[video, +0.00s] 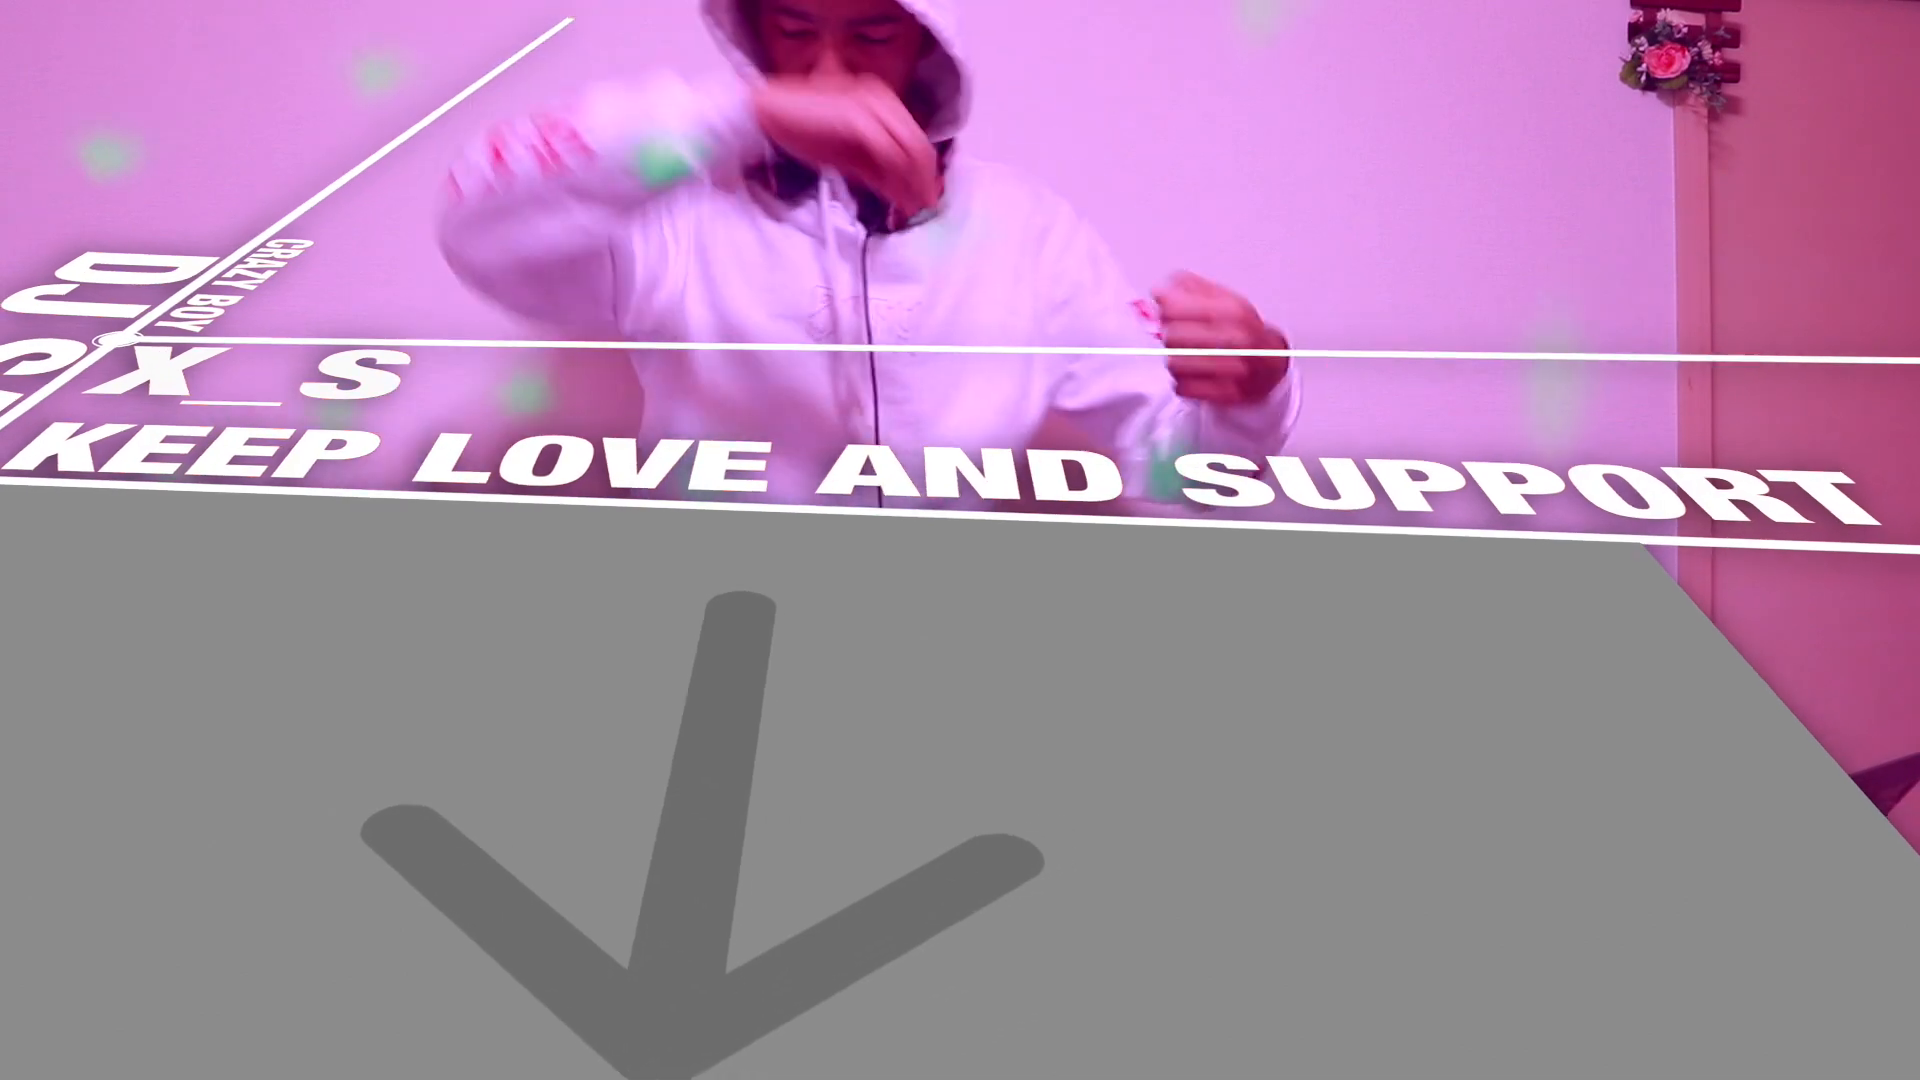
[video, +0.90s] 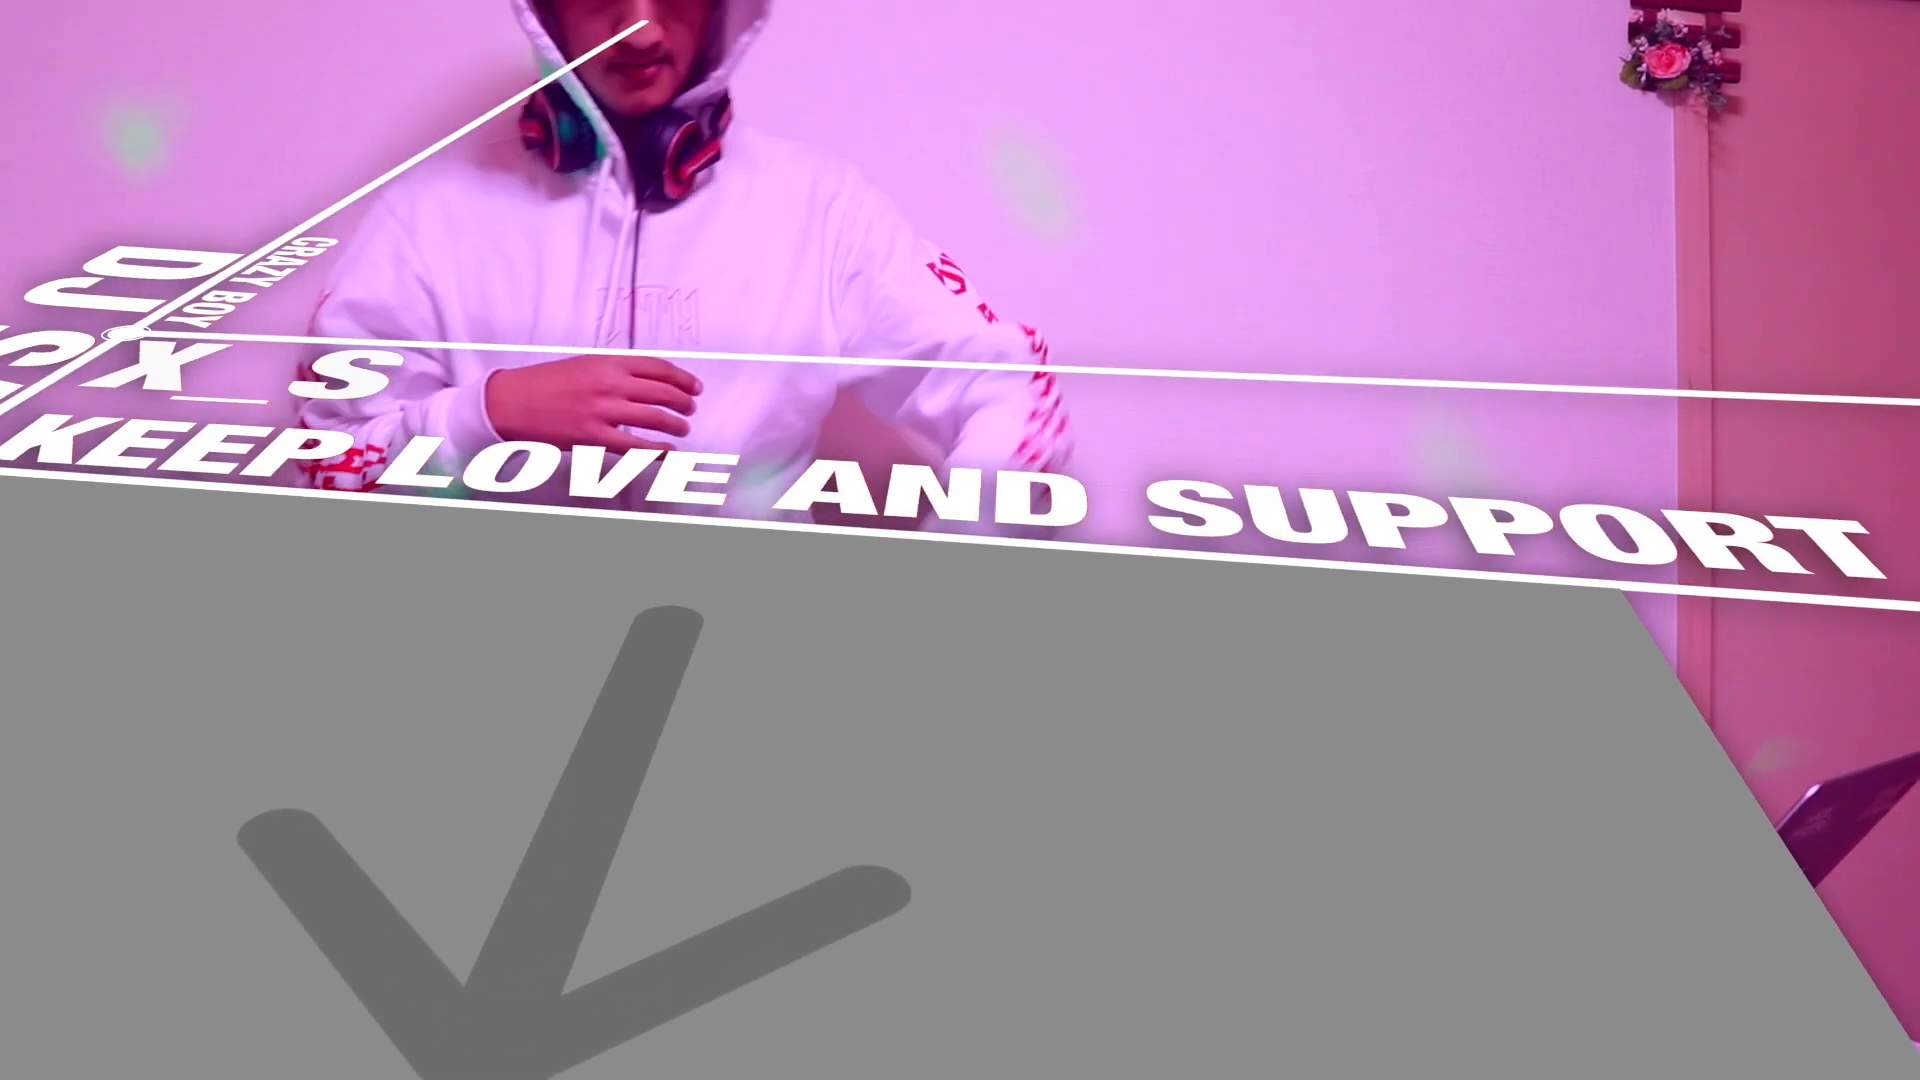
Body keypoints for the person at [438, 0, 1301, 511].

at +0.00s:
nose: (830, 73)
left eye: (867, 38)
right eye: (797, 37)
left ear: (922, 45)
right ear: (751, 43)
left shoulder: (1025, 228)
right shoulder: (674, 219)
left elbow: (1164, 473)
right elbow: (478, 231)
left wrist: (1248, 407)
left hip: (983, 618)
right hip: (735, 611)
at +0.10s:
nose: (790, 52)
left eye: (831, 15)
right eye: (759, 11)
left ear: (878, 23)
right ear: (711, 17)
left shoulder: (956, 188)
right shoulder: (629, 174)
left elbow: (1081, 389)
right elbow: (576, 380)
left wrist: (1201, 402)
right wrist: (868, 241)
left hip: (926, 565)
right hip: (698, 556)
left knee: (982, 412)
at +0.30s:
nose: (690, 32)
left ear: (762, 14)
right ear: (605, 10)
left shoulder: (844, 201)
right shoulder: (508, 195)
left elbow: (993, 353)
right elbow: (528, 450)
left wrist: (1099, 440)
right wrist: (835, 443)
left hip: (844, 583)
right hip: (617, 588)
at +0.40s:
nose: (647, 22)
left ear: (719, 7)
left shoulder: (810, 179)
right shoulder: (464, 178)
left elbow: (900, 393)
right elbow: (470, 456)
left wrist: (1014, 378)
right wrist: (754, 472)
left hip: (777, 576)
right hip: (555, 579)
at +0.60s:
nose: (618, 82)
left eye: (654, 40)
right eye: (581, 35)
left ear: (688, 46)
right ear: (517, 32)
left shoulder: (770, 208)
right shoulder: (399, 229)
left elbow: (883, 431)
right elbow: (383, 477)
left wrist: (1017, 270)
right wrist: (628, 469)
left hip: (722, 605)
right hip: (483, 613)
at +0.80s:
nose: (613, 16)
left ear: (698, 2)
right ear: (517, 9)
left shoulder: (799, 189)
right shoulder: (413, 197)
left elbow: (968, 349)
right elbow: (329, 436)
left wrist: (1056, 386)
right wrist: (534, 405)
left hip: (723, 604)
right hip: (460, 605)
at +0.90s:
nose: (638, 27)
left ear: (719, 9)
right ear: (542, 16)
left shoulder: (822, 212)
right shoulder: (429, 211)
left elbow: (1004, 385)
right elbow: (329, 439)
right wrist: (495, 408)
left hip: (734, 618)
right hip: (472, 611)